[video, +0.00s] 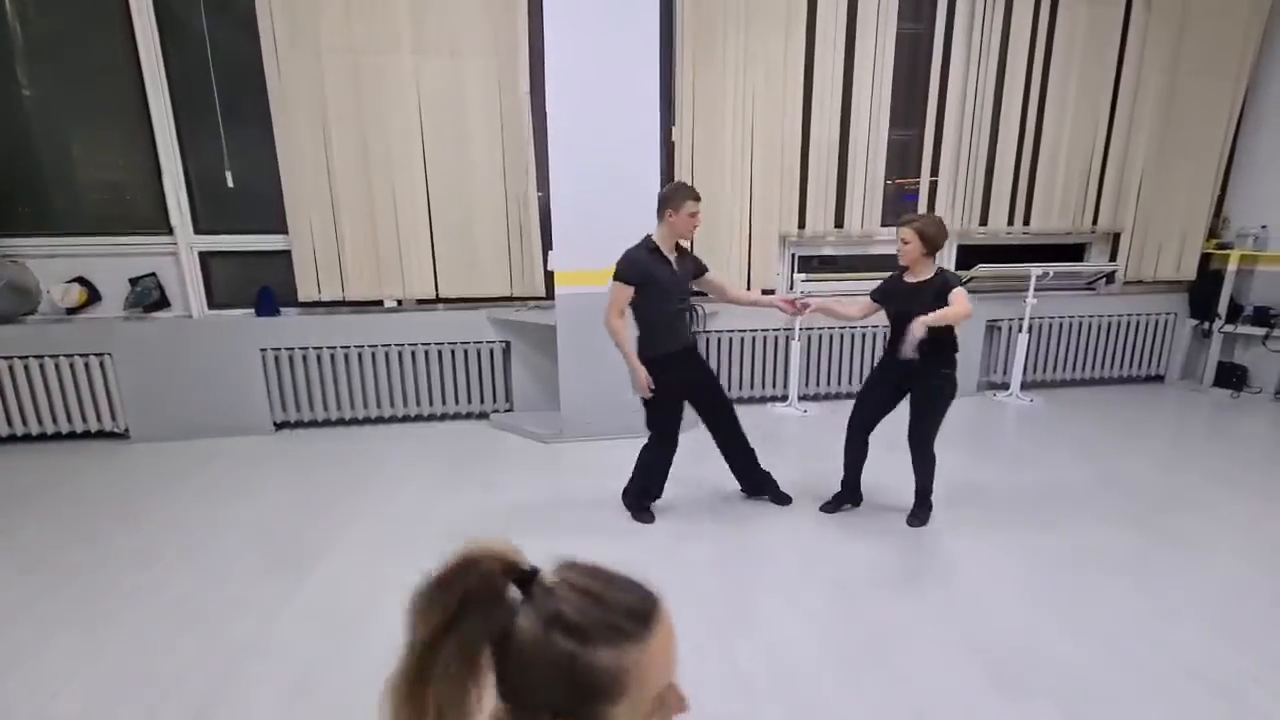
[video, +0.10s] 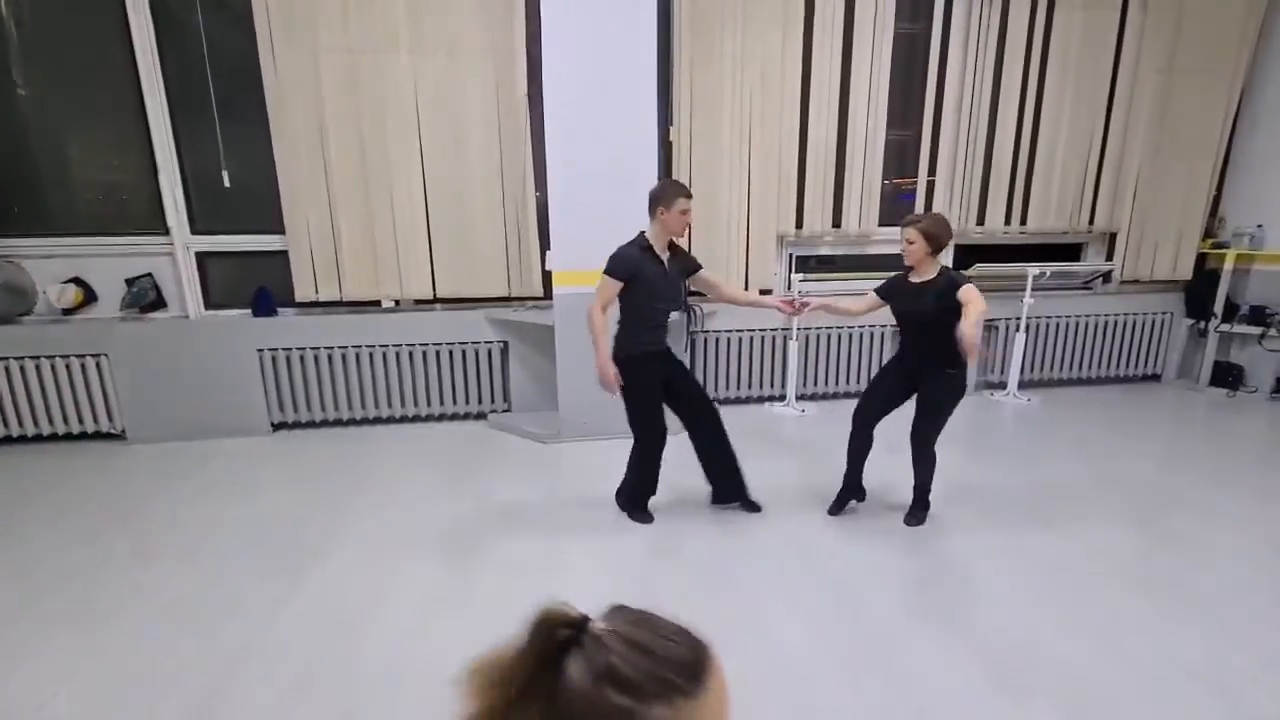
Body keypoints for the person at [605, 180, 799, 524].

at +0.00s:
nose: (698, 222)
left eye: (699, 216)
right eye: (692, 215)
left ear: (675, 217)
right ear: (669, 215)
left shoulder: (686, 260)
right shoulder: (636, 260)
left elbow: (727, 293)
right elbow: (614, 316)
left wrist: (775, 300)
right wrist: (635, 366)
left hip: (688, 356)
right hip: (657, 362)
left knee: (722, 417)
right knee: (664, 437)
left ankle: (755, 481)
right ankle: (637, 497)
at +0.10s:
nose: (690, 220)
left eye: (690, 213)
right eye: (684, 213)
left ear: (667, 215)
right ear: (661, 213)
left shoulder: (678, 258)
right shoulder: (628, 257)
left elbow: (722, 292)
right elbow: (597, 308)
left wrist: (774, 301)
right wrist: (604, 362)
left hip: (662, 356)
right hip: (632, 359)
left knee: (703, 415)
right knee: (651, 435)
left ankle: (728, 491)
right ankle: (631, 497)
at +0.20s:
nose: (685, 216)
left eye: (686, 209)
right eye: (679, 209)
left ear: (669, 211)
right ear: (655, 209)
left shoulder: (673, 255)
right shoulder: (622, 253)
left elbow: (717, 292)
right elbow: (588, 299)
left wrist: (768, 300)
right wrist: (572, 347)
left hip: (643, 351)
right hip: (613, 354)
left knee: (675, 422)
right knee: (632, 430)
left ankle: (685, 502)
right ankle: (621, 499)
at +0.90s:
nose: (701, 208)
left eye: (701, 201)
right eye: (694, 201)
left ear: (679, 206)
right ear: (673, 205)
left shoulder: (672, 239)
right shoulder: (675, 240)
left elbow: (685, 291)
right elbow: (724, 272)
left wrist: (723, 290)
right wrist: (749, 281)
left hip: (681, 340)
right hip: (659, 342)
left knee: (707, 407)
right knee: (640, 420)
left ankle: (713, 472)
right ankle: (612, 497)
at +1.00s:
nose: (705, 205)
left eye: (706, 199)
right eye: (698, 199)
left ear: (692, 202)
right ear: (678, 202)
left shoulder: (675, 235)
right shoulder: (682, 231)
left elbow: (672, 291)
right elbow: (719, 241)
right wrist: (749, 244)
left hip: (684, 338)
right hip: (662, 340)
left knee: (706, 408)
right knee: (639, 416)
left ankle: (711, 472)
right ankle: (609, 488)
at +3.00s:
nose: (622, 209)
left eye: (629, 202)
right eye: (616, 204)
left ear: (644, 207)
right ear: (612, 209)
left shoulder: (664, 257)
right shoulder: (600, 253)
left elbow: (683, 312)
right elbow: (573, 298)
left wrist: (690, 359)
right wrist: (555, 323)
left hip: (662, 349)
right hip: (620, 350)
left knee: (696, 411)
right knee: (599, 415)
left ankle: (735, 473)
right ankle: (580, 486)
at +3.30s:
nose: (631, 215)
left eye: (639, 208)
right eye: (626, 208)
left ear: (655, 209)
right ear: (621, 210)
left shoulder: (665, 262)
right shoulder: (608, 243)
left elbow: (668, 318)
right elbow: (575, 277)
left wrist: (642, 356)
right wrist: (560, 298)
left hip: (656, 349)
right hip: (615, 350)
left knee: (694, 412)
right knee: (596, 422)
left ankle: (738, 471)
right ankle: (578, 489)